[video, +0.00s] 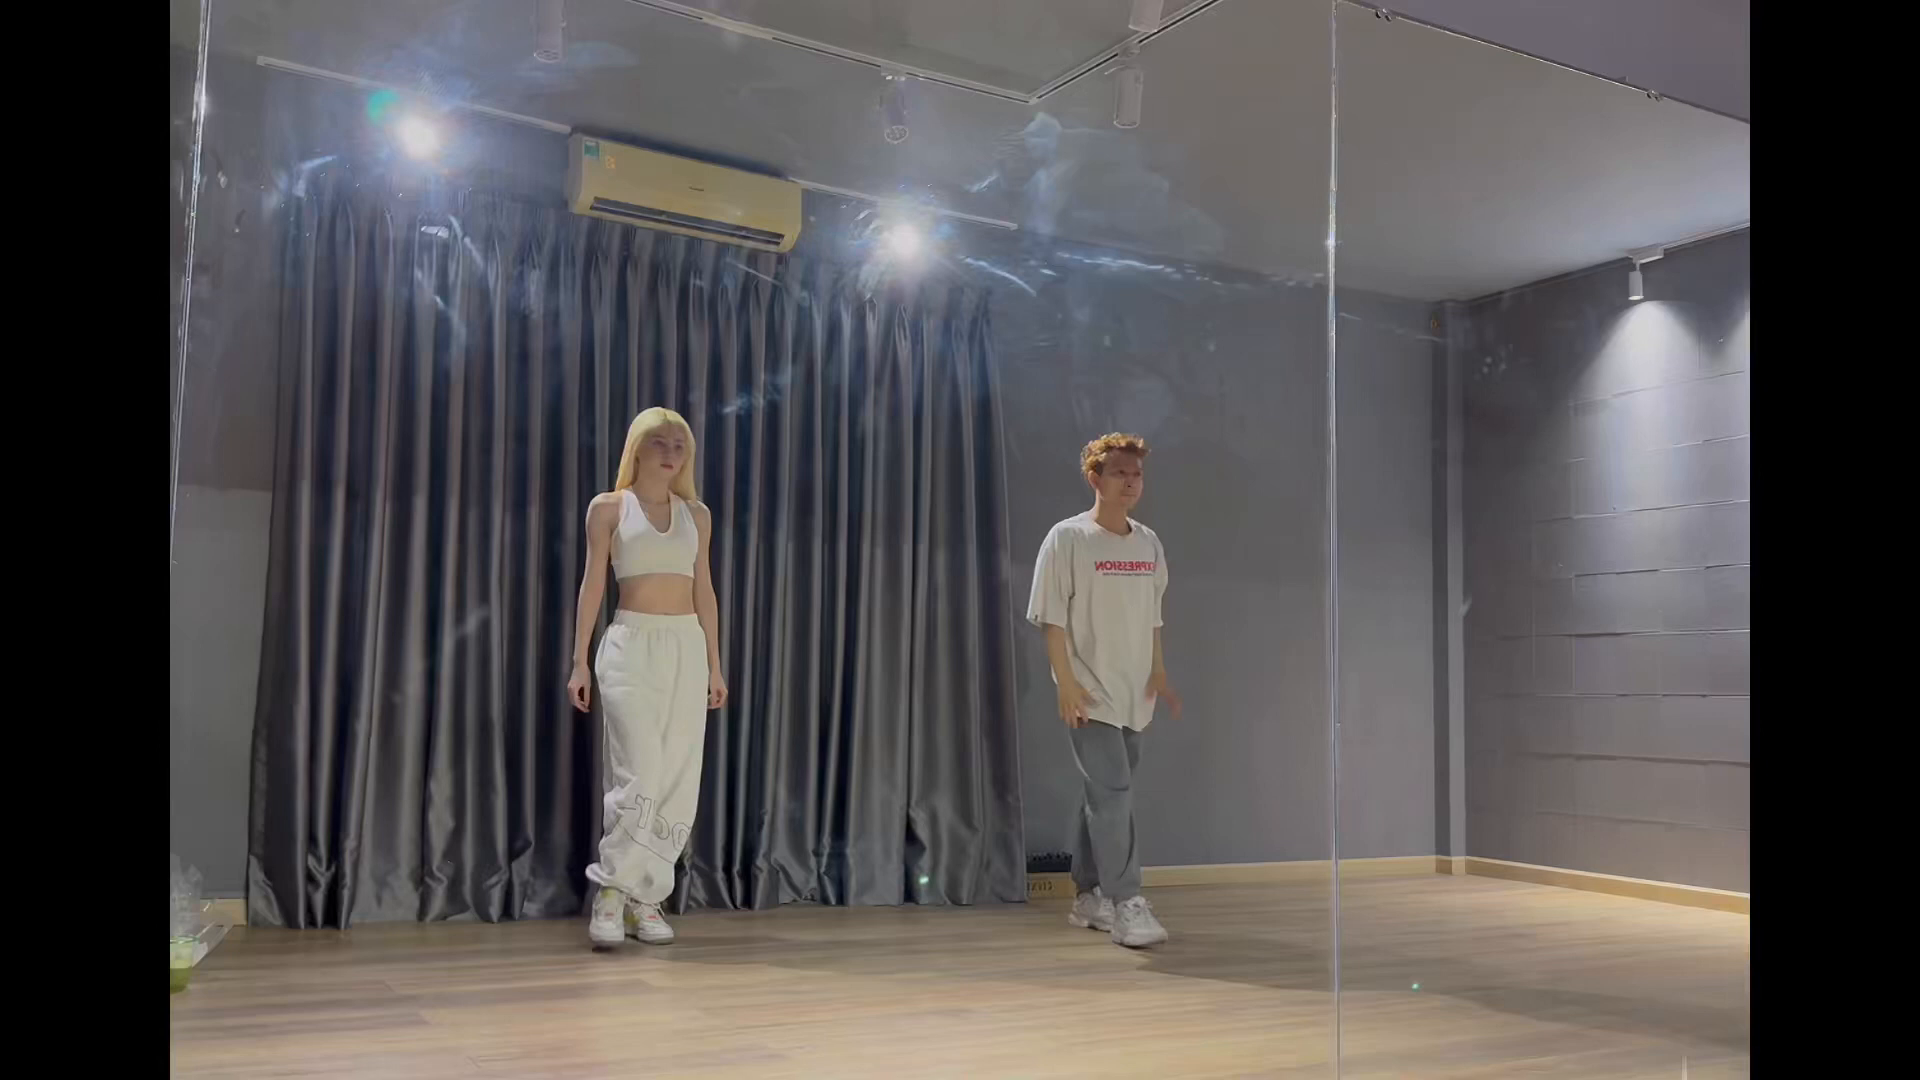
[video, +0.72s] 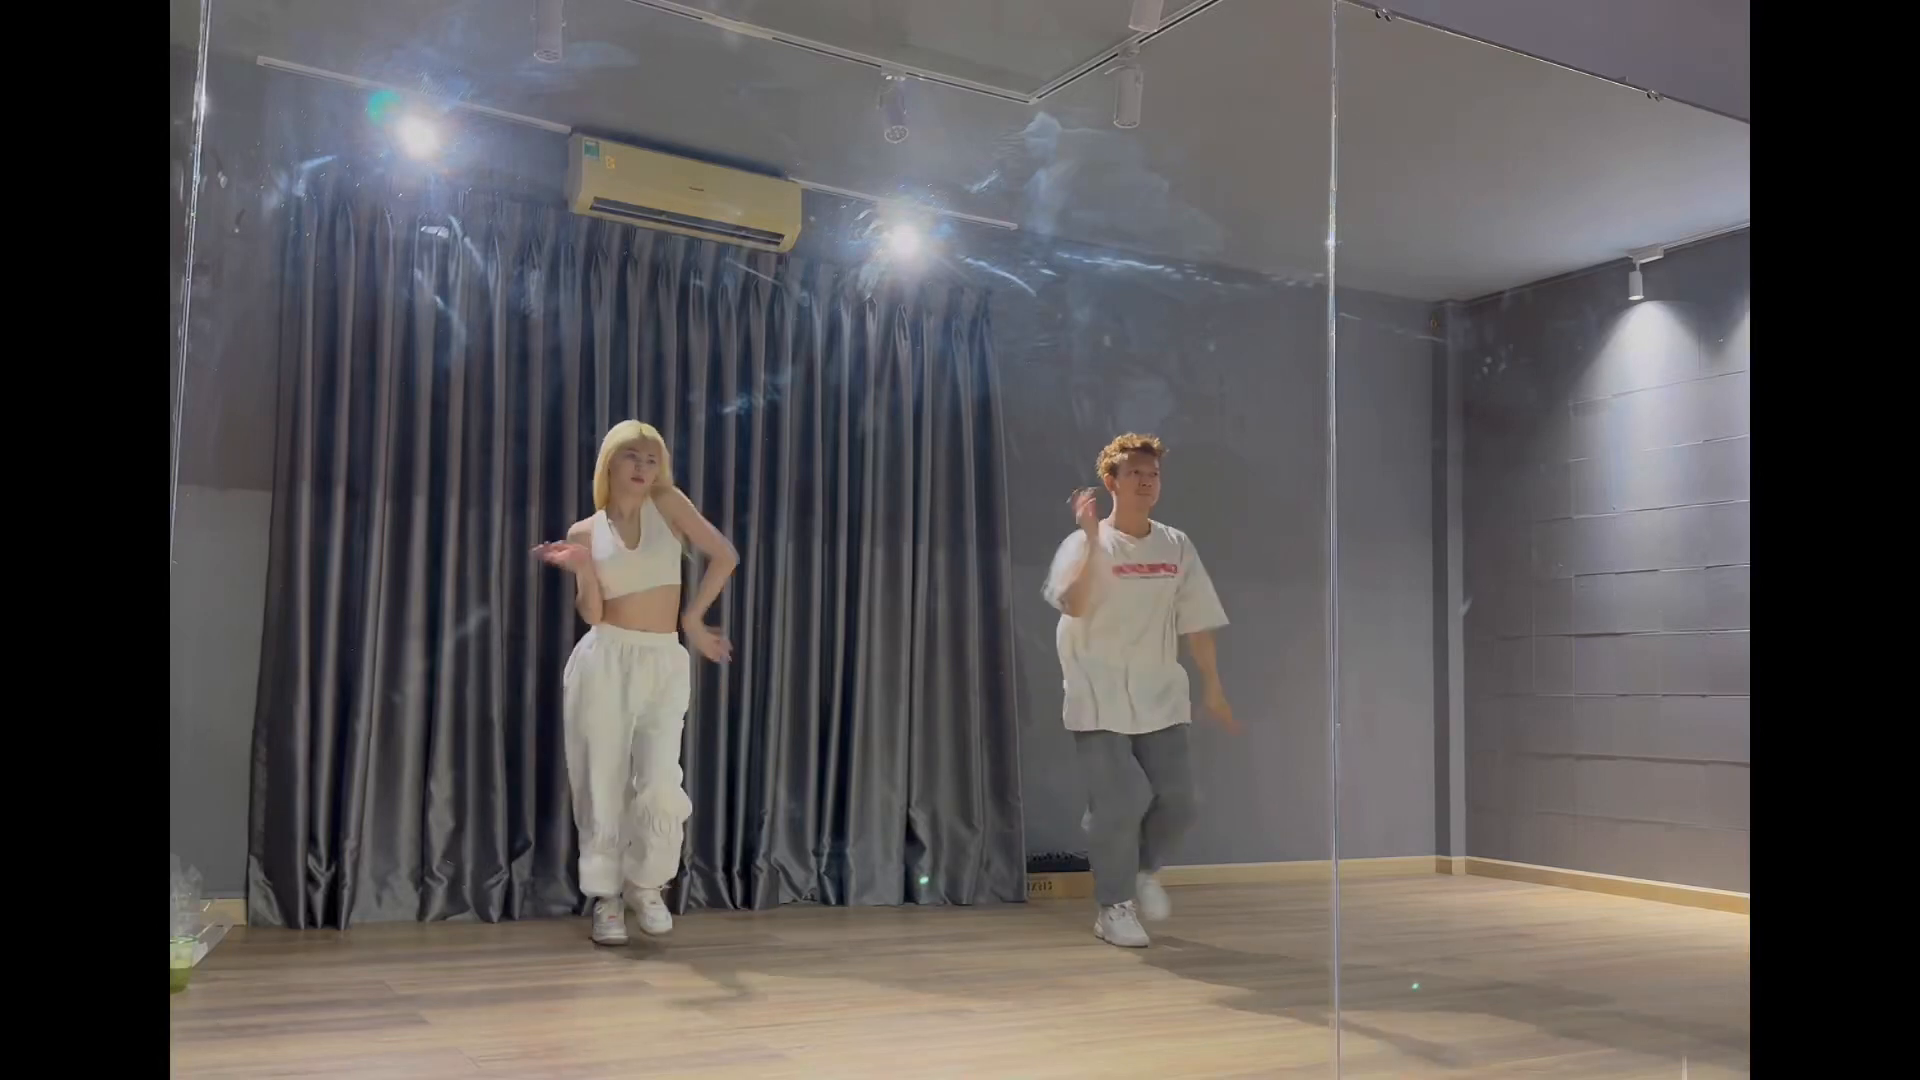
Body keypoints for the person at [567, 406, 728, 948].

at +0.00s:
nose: (669, 451)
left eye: (678, 445)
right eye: (659, 442)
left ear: (688, 456)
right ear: (637, 449)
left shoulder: (697, 515)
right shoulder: (610, 507)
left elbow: (703, 590)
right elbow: (593, 586)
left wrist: (714, 664)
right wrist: (580, 660)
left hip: (688, 654)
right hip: (632, 651)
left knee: (675, 778)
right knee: (637, 777)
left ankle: (645, 901)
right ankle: (610, 896)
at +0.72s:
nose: (641, 464)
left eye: (650, 458)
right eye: (630, 455)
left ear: (659, 469)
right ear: (609, 464)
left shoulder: (670, 506)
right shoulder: (586, 532)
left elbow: (724, 556)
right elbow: (591, 616)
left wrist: (693, 618)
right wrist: (584, 569)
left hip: (663, 664)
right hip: (604, 663)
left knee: (661, 784)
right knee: (604, 783)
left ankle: (647, 887)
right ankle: (607, 899)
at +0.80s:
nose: (644, 481)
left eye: (653, 474)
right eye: (635, 470)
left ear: (660, 484)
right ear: (609, 474)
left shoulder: (666, 525)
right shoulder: (578, 535)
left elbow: (745, 544)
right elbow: (593, 614)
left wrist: (695, 544)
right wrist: (640, 582)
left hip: (666, 675)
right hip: (604, 678)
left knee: (657, 789)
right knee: (601, 799)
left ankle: (636, 907)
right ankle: (604, 905)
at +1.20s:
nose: (662, 530)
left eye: (661, 520)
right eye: (654, 520)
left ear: (638, 525)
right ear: (624, 521)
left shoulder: (644, 592)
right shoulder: (579, 548)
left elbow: (725, 631)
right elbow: (609, 599)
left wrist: (751, 579)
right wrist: (663, 648)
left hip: (685, 706)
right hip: (625, 726)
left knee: (679, 832)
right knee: (622, 839)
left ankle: (625, 937)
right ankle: (611, 926)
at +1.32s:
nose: (669, 522)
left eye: (668, 513)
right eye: (661, 511)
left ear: (637, 517)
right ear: (629, 511)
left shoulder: (657, 587)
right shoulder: (582, 544)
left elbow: (719, 646)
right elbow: (623, 546)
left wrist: (777, 613)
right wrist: (651, 613)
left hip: (686, 706)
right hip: (623, 725)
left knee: (678, 838)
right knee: (600, 873)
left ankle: (621, 937)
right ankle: (587, 899)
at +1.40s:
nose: (678, 514)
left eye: (676, 504)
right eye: (668, 504)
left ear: (650, 516)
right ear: (635, 510)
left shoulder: (667, 585)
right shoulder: (591, 562)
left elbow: (712, 649)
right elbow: (583, 499)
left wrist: (771, 614)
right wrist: (627, 546)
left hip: (685, 713)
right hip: (620, 725)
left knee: (675, 841)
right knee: (619, 839)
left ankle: (621, 937)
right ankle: (578, 898)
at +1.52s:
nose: (673, 494)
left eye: (679, 489)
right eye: (658, 485)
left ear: (685, 506)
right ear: (626, 498)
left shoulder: (694, 572)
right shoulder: (606, 557)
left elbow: (699, 645)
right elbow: (526, 526)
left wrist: (716, 571)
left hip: (687, 716)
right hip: (623, 713)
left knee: (675, 835)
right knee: (664, 772)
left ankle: (630, 940)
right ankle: (621, 918)